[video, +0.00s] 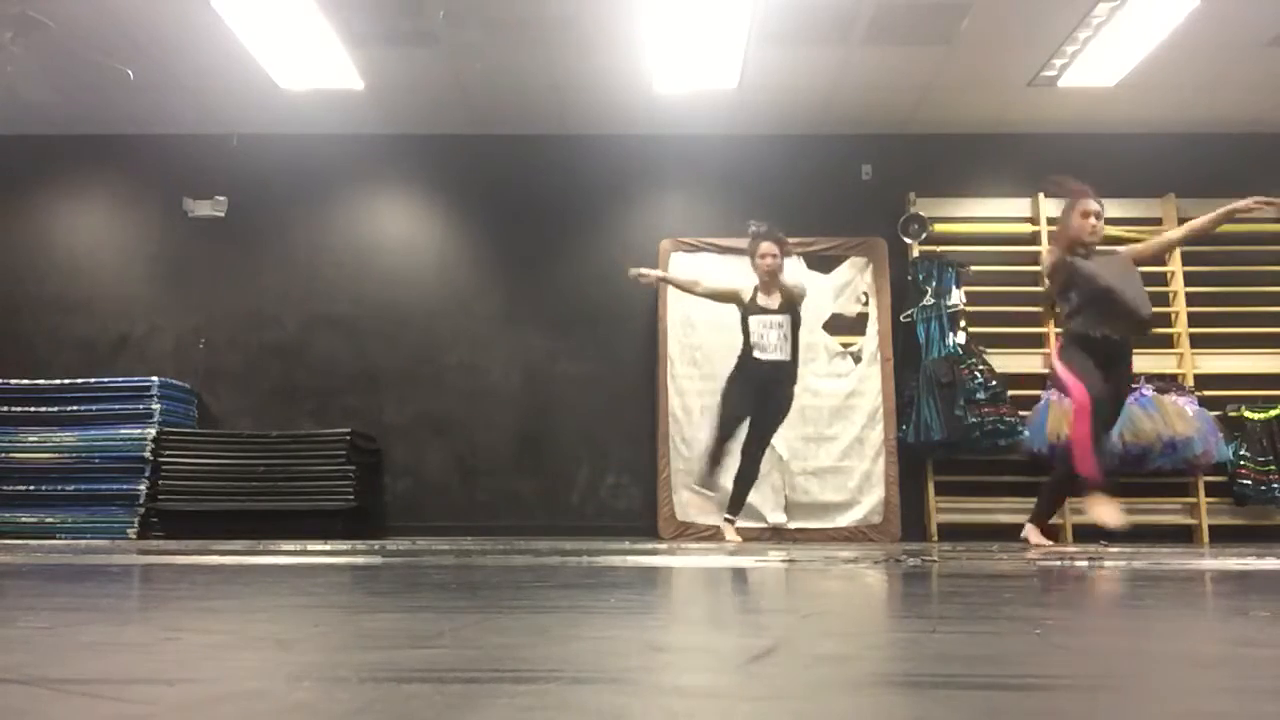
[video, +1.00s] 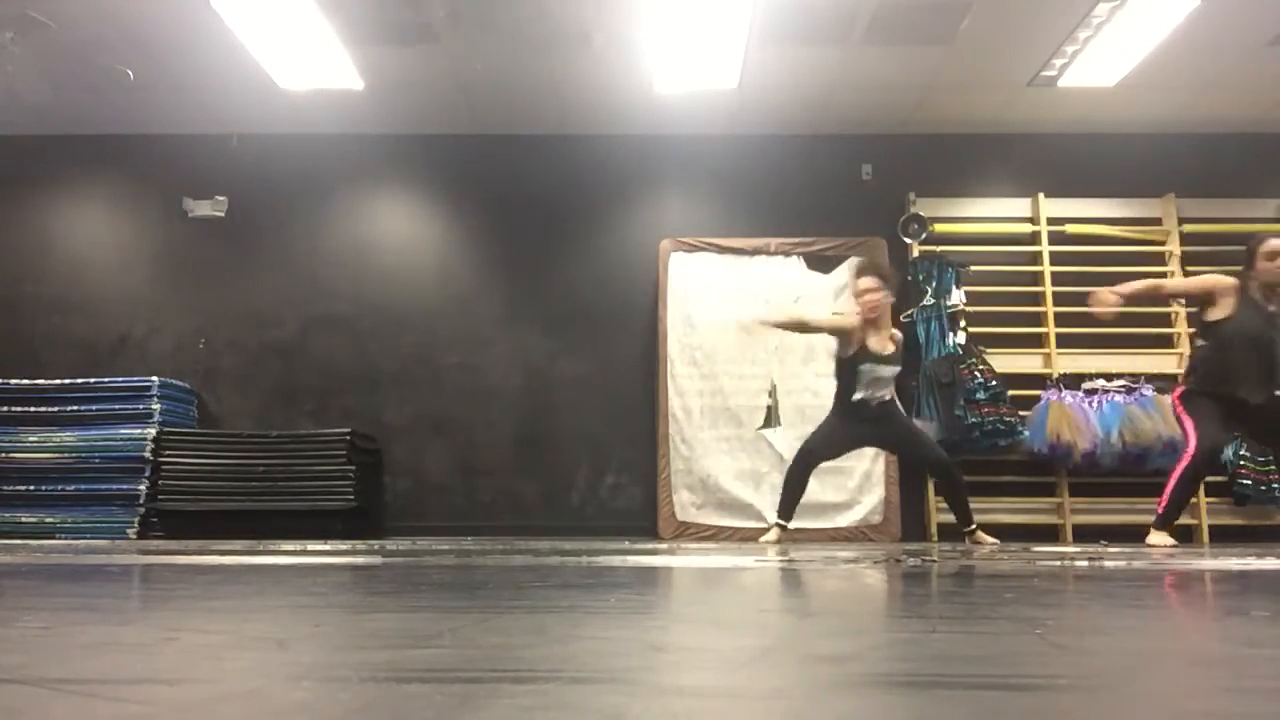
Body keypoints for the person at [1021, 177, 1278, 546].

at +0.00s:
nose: (1094, 222)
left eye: (1100, 217)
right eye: (1086, 215)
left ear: (1104, 226)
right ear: (1067, 222)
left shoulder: (1117, 258)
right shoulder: (1059, 262)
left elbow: (1173, 237)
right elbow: (1052, 260)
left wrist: (1229, 210)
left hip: (1118, 358)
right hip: (1075, 350)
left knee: (1084, 441)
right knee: (1086, 398)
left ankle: (1035, 524)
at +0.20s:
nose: (1144, 212)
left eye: (1148, 205)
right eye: (1134, 208)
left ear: (1158, 212)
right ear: (1118, 221)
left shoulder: (1176, 249)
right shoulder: (1112, 273)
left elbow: (1182, 277)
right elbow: (1093, 333)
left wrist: (1172, 241)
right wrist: (1141, 348)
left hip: (1163, 358)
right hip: (1120, 357)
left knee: (1154, 441)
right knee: (1152, 430)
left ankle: (1073, 507)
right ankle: (1146, 526)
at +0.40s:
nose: (1222, 199)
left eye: (1227, 192)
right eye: (1213, 193)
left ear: (1235, 198)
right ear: (1196, 199)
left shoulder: (1250, 242)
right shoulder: (1173, 232)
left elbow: (1256, 299)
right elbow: (1110, 236)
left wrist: (1238, 346)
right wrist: (1086, 265)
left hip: (1227, 348)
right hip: (1179, 346)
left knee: (1272, 412)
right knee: (1171, 429)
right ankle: (1148, 525)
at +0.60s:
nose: (1270, 233)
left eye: (1273, 226)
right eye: (1260, 228)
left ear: (1279, 236)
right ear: (1242, 241)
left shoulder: (1276, 285)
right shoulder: (1237, 291)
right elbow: (1225, 345)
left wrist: (1177, 335)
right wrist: (1177, 334)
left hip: (1271, 375)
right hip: (1236, 371)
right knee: (1202, 439)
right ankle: (1152, 519)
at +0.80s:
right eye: (1279, 253)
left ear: (1273, 256)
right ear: (1276, 256)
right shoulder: (1268, 286)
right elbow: (1242, 343)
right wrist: (1277, 353)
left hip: (1262, 382)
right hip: (1222, 377)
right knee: (1217, 445)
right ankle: (1162, 528)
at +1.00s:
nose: (1277, 264)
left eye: (1279, 258)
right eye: (1271, 257)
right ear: (1253, 264)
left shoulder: (1275, 305)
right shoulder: (1224, 288)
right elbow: (1162, 286)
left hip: (1256, 404)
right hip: (1204, 397)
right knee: (1207, 446)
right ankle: (1159, 529)